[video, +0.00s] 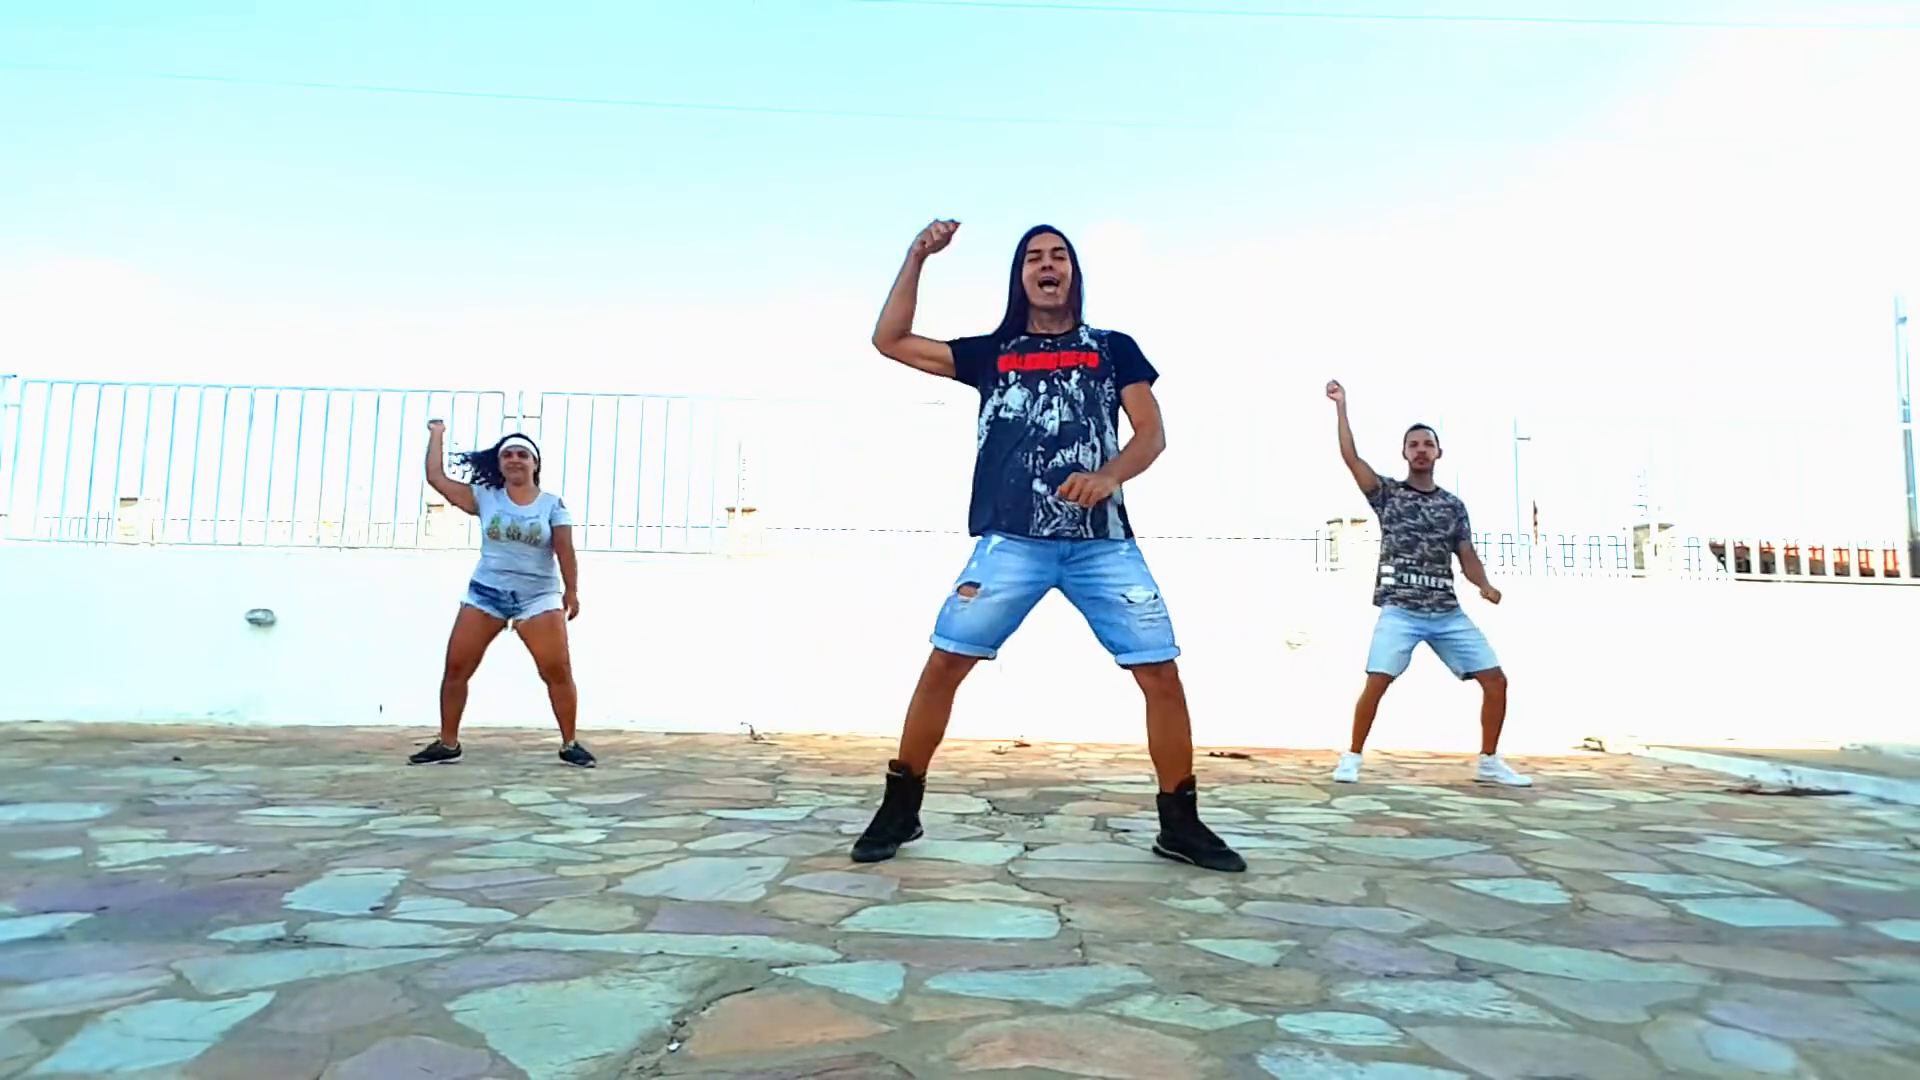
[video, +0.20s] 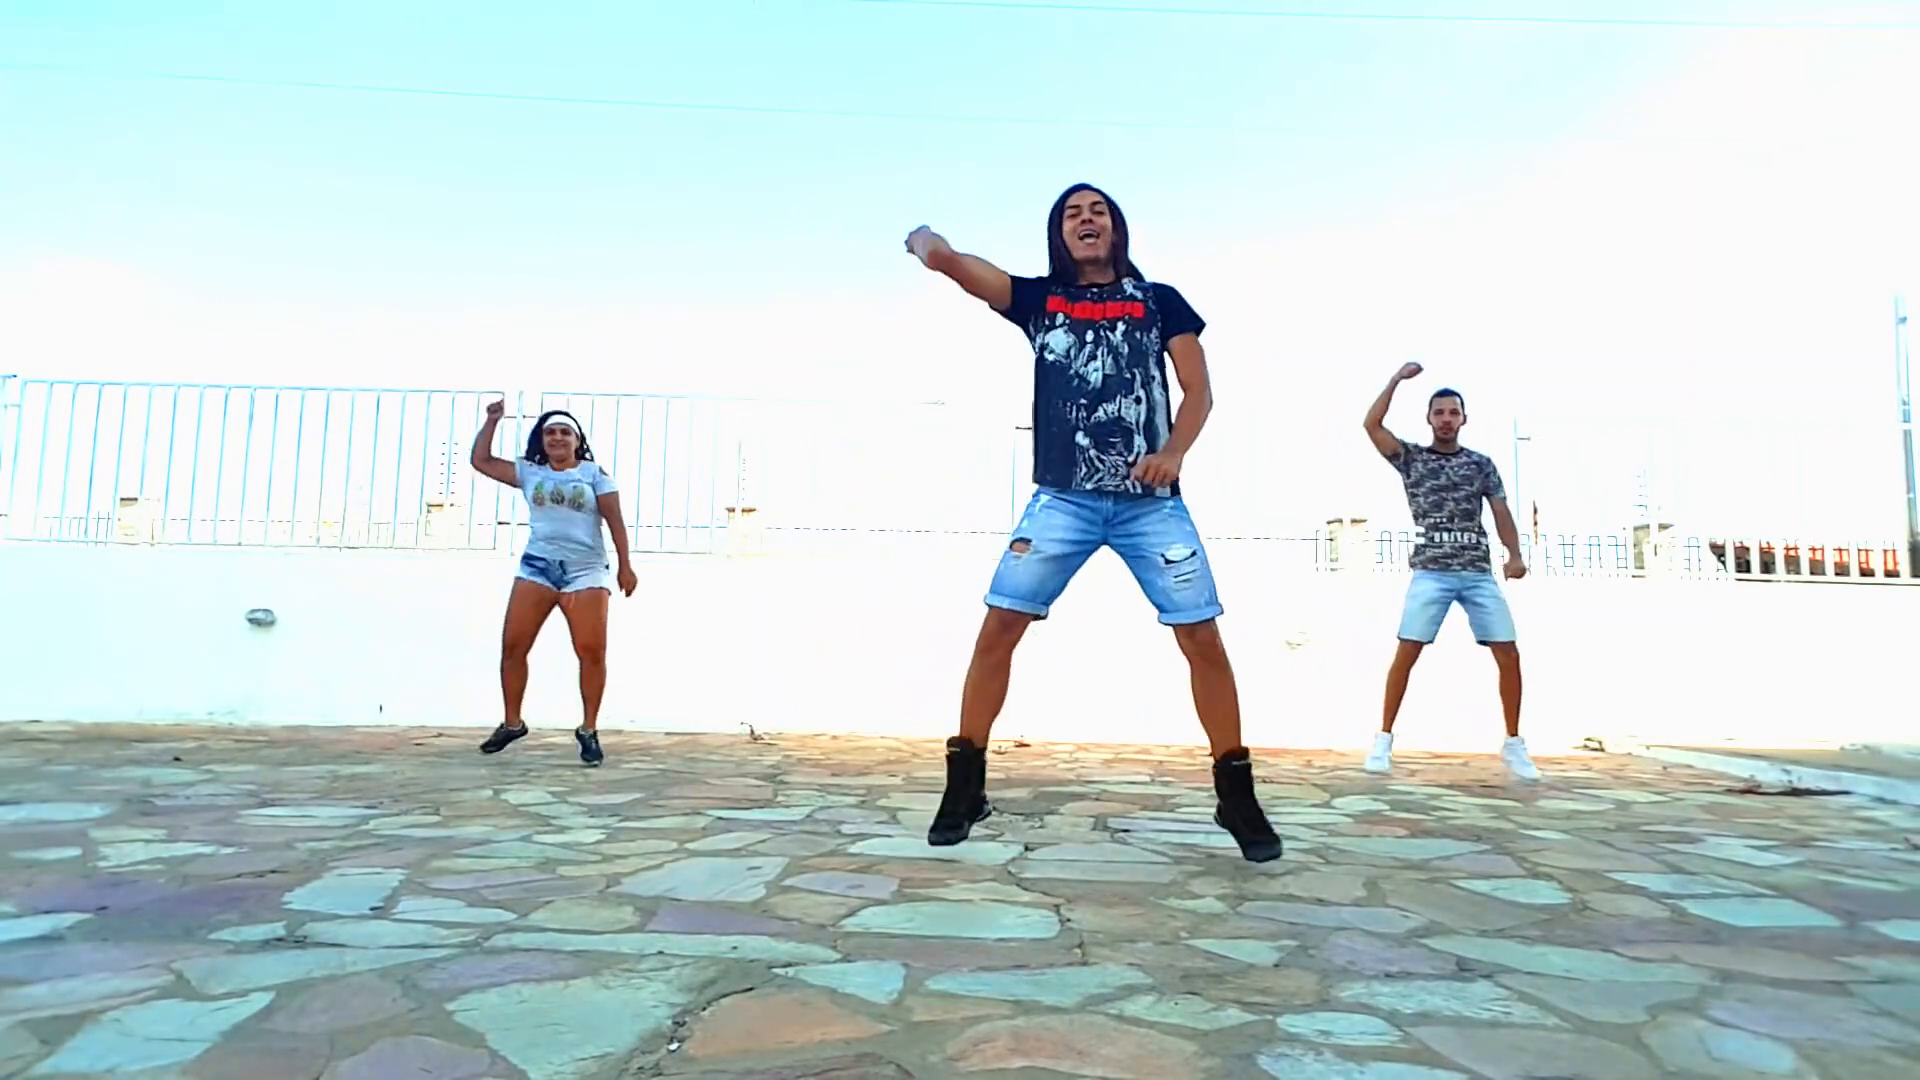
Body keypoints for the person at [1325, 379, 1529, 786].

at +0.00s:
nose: (1420, 450)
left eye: (1427, 444)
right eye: (1413, 445)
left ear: (1438, 453)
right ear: (1404, 453)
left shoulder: (1452, 506)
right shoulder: (1386, 492)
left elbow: (1466, 555)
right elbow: (1350, 456)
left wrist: (1484, 584)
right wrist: (1340, 407)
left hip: (1446, 612)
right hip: (1398, 610)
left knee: (1495, 681)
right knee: (1378, 679)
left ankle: (1488, 761)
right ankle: (1352, 756)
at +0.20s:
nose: (1446, 418)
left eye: (1452, 412)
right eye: (1439, 412)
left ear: (1463, 419)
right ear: (1428, 419)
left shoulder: (1480, 465)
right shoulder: (1411, 459)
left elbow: (1501, 512)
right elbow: (1372, 425)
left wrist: (1514, 553)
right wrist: (1395, 380)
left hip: (1479, 573)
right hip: (1431, 572)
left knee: (1507, 651)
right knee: (1408, 649)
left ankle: (1514, 742)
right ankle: (1384, 738)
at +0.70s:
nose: (1506, 419)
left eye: (1513, 412)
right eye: (1499, 412)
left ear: (1523, 420)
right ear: (1488, 418)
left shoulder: (1537, 466)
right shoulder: (1465, 457)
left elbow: (1551, 513)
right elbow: (1413, 443)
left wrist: (1556, 543)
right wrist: (1419, 393)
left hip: (1521, 579)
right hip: (1471, 575)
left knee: (1547, 658)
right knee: (1446, 649)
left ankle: (1554, 748)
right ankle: (1415, 736)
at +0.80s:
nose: (1514, 433)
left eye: (1521, 427)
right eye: (1507, 427)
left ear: (1532, 435)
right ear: (1496, 435)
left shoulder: (1545, 487)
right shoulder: (1474, 475)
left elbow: (1545, 541)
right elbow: (1416, 486)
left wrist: (1565, 550)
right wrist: (1420, 439)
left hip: (1524, 598)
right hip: (1476, 594)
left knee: (1556, 673)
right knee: (1449, 666)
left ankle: (1557, 760)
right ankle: (1409, 748)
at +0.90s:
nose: (1516, 449)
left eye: (1522, 444)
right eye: (1508, 445)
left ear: (1533, 453)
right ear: (1496, 455)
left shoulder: (1543, 509)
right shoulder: (1475, 497)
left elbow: (1546, 562)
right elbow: (1430, 534)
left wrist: (1581, 548)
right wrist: (1425, 489)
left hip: (1524, 617)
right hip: (1477, 616)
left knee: (1563, 681)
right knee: (1457, 684)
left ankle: (1555, 763)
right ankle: (1408, 756)